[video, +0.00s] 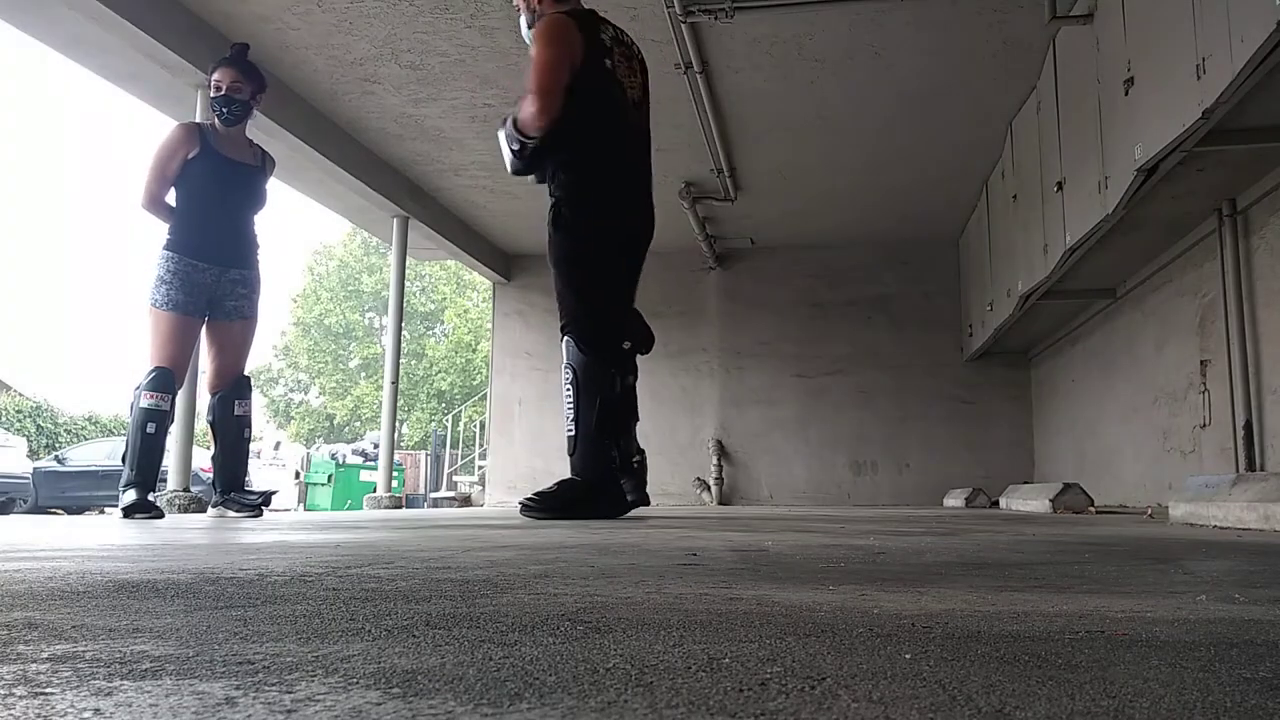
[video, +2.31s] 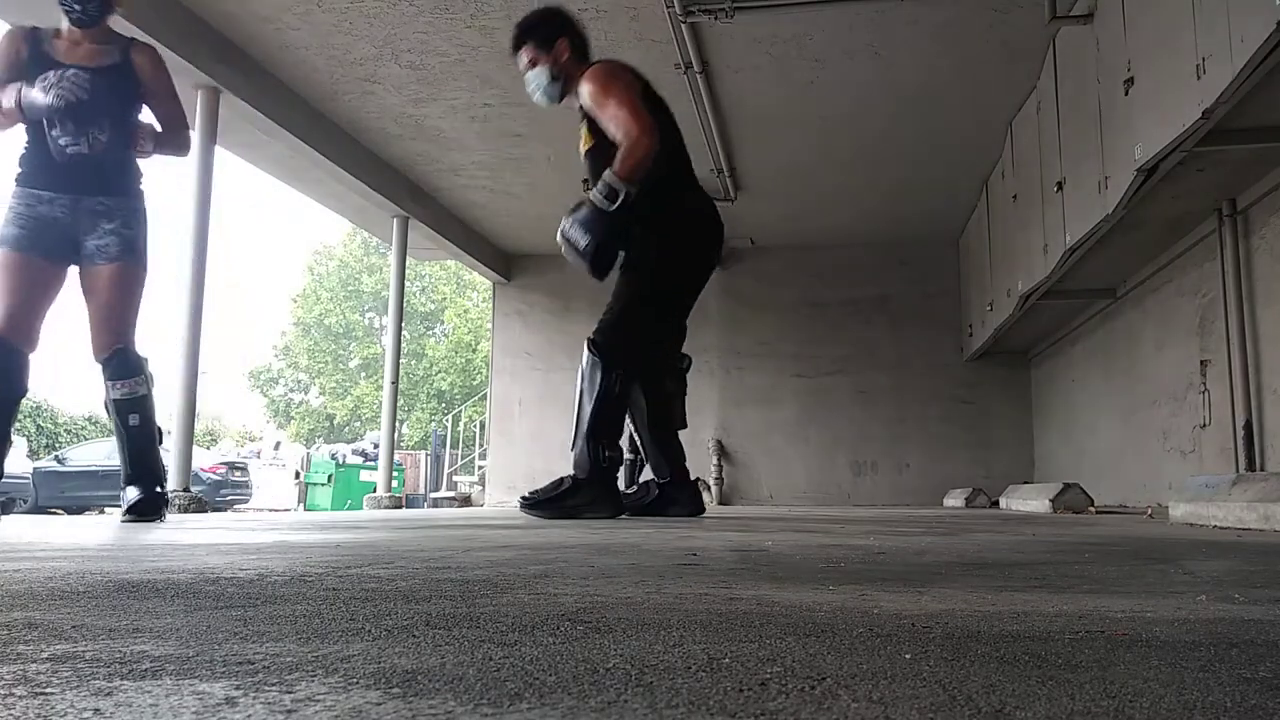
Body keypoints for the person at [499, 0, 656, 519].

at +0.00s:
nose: (518, 12)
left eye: (518, 4)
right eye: (516, 6)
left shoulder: (555, 25)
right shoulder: (621, 40)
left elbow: (539, 113)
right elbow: (613, 130)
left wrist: (513, 125)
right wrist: (539, 145)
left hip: (586, 207)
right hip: (629, 206)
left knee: (589, 339)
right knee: (611, 338)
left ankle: (594, 480)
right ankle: (623, 474)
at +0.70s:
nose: (543, 45)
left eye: (542, 33)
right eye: (538, 38)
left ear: (566, 14)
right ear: (580, 15)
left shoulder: (592, 47)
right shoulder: (643, 65)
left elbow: (596, 120)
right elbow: (646, 153)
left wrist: (553, 185)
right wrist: (590, 200)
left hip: (622, 219)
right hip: (662, 221)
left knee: (561, 338)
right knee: (641, 350)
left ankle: (587, 475)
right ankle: (660, 484)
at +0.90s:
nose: (512, 116)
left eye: (510, 104)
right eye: (506, 112)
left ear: (531, 80)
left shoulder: (568, 97)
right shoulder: (596, 99)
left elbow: (593, 161)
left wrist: (593, 242)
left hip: (665, 232)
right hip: (696, 232)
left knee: (597, 345)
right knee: (649, 357)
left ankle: (589, 481)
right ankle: (663, 484)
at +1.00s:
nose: (507, 168)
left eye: (502, 155)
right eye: (500, 164)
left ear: (517, 127)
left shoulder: (562, 134)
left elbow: (593, 201)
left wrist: (602, 276)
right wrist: (587, 299)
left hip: (676, 235)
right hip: (713, 236)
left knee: (608, 333)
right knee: (654, 351)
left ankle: (591, 480)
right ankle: (661, 484)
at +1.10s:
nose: (504, 204)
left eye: (498, 192)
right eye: (495, 202)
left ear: (510, 162)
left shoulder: (560, 163)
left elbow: (598, 236)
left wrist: (607, 308)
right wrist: (590, 327)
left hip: (695, 239)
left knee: (608, 338)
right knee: (649, 351)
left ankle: (590, 483)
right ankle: (662, 486)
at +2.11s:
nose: (495, 132)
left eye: (493, 117)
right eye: (488, 124)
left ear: (519, 96)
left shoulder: (561, 115)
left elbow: (603, 179)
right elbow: (625, 211)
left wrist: (570, 249)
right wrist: (602, 267)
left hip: (675, 232)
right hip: (694, 232)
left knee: (601, 348)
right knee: (646, 353)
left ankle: (590, 482)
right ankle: (670, 481)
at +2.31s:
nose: (531, 80)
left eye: (533, 66)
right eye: (526, 73)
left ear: (564, 51)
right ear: (560, 57)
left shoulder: (598, 80)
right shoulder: (595, 94)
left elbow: (641, 140)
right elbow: (639, 161)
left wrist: (596, 206)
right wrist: (597, 217)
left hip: (672, 228)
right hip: (679, 229)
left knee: (609, 345)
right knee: (647, 352)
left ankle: (592, 479)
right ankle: (670, 481)